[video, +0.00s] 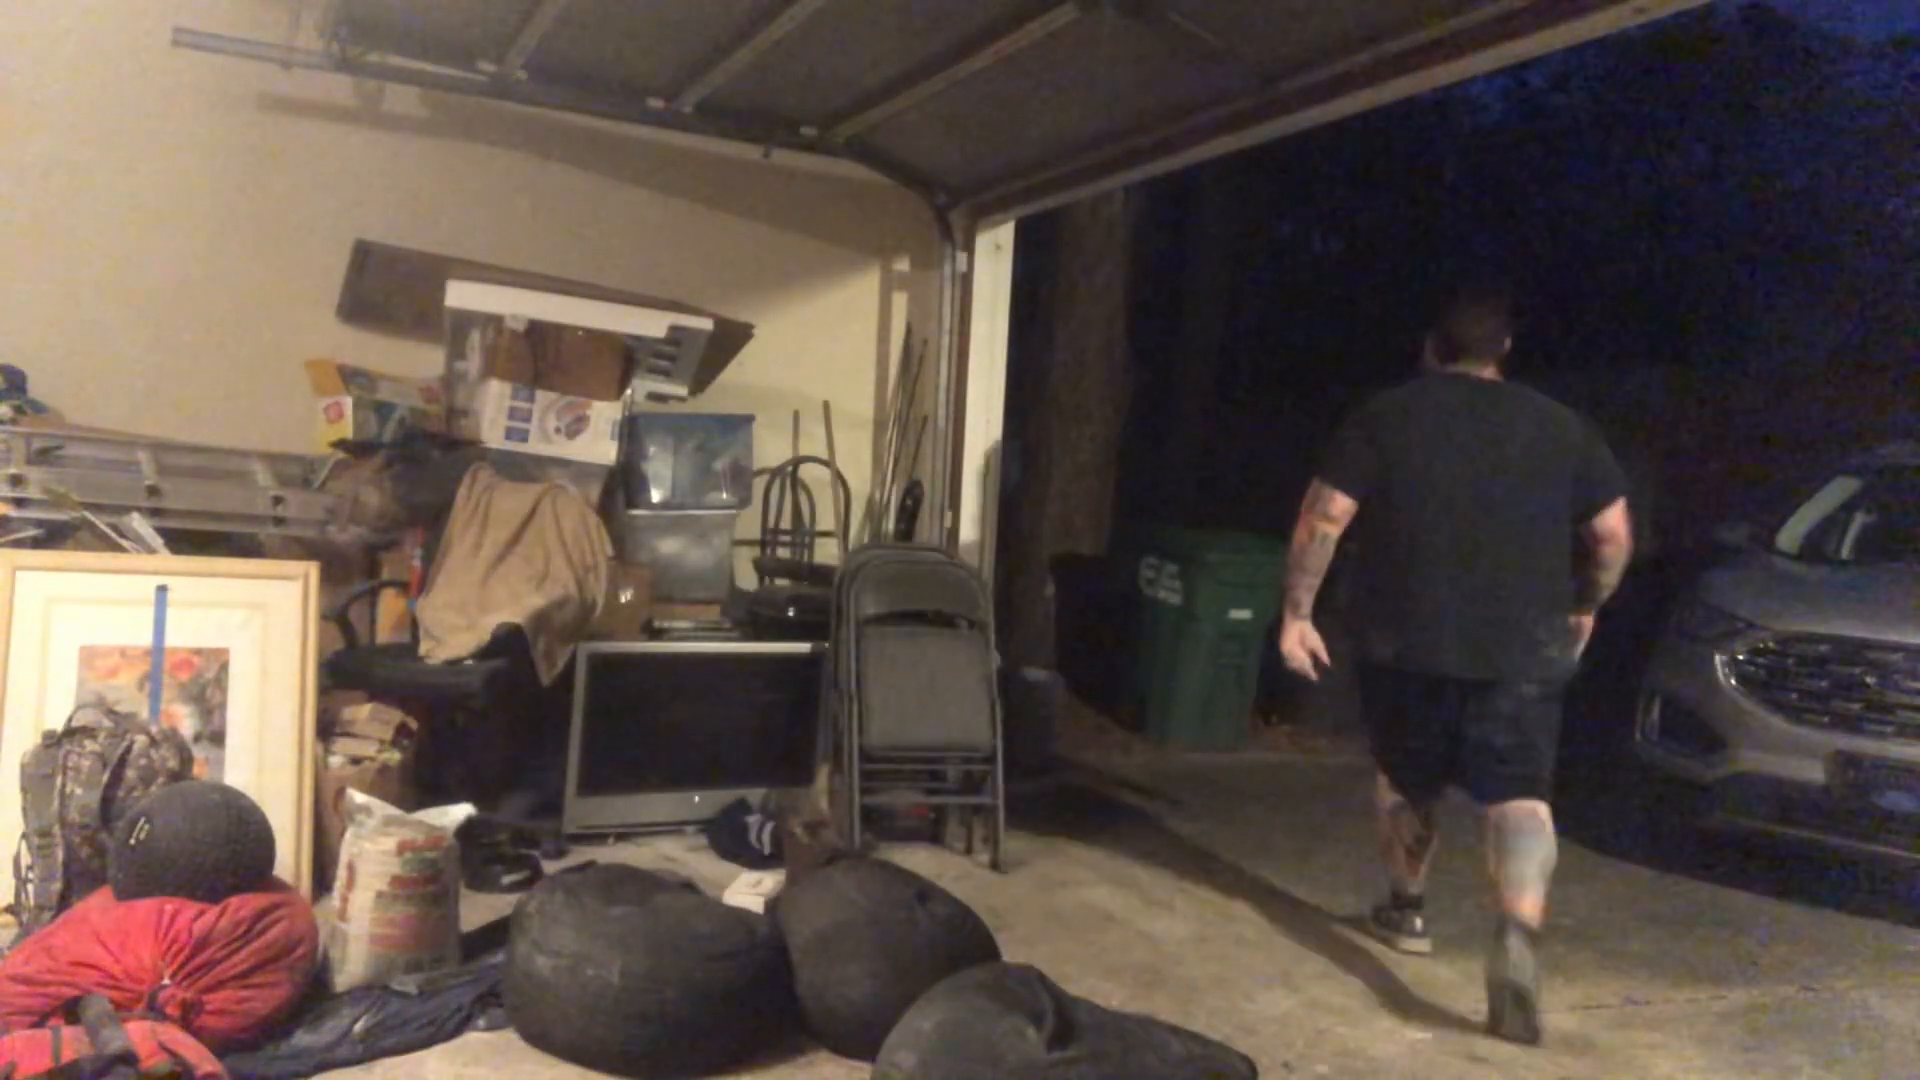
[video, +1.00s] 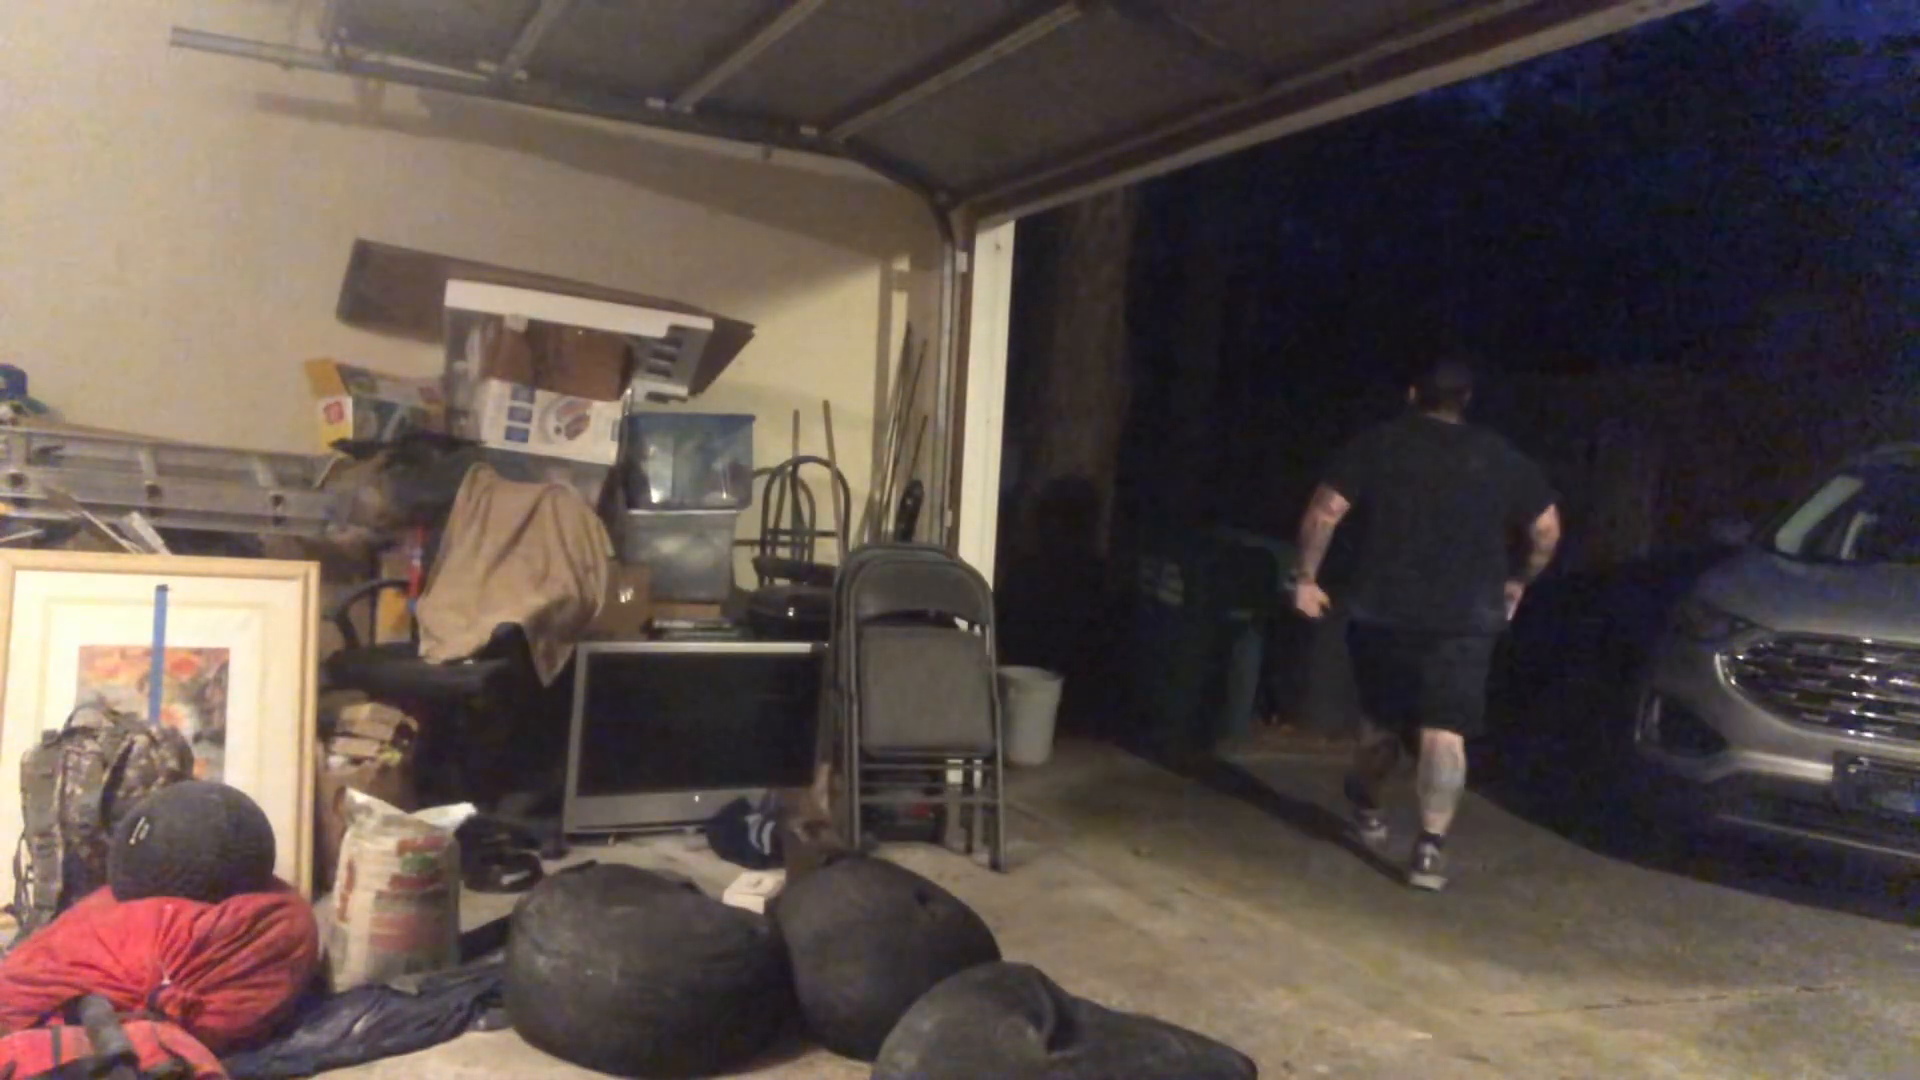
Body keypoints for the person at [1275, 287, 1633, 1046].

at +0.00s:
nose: (1425, 358)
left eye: (1428, 349)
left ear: (1430, 351)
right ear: (1505, 357)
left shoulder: (1389, 416)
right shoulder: (1559, 426)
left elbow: (1328, 512)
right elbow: (1613, 533)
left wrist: (1297, 610)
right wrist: (1589, 606)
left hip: (1408, 640)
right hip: (1521, 649)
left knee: (1405, 774)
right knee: (1521, 796)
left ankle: (1404, 906)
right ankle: (1517, 938)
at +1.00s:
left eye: (1412, 390)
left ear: (1413, 394)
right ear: (1466, 402)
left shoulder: (1381, 443)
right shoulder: (1497, 454)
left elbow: (1326, 510)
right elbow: (1547, 529)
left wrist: (1306, 577)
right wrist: (1522, 580)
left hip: (1384, 607)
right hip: (1464, 617)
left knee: (1380, 723)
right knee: (1444, 730)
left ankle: (1363, 805)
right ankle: (1431, 850)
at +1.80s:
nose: (1456, 415)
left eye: (1452, 408)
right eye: (1454, 408)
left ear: (1405, 410)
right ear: (1449, 411)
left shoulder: (1370, 449)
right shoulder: (1467, 457)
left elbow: (1332, 502)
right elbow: (1503, 530)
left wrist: (1348, 552)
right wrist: (1514, 585)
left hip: (1376, 583)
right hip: (1443, 591)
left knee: (1368, 676)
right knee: (1436, 693)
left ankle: (1344, 756)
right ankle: (1417, 789)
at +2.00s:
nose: (1446, 421)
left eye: (1445, 412)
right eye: (1443, 412)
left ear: (1399, 412)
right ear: (1428, 415)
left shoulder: (1369, 455)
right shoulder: (1431, 465)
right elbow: (1462, 530)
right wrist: (1500, 576)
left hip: (1371, 587)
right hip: (1421, 592)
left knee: (1373, 672)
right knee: (1442, 685)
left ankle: (1341, 748)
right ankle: (1421, 780)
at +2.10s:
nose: (1441, 432)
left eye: (1440, 422)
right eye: (1435, 423)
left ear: (1402, 426)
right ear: (1414, 426)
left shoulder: (1373, 467)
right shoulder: (1402, 475)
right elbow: (1422, 541)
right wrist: (1481, 592)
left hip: (1373, 598)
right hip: (1409, 601)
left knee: (1373, 682)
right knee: (1438, 688)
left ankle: (1340, 758)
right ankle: (1417, 785)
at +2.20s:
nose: (1430, 423)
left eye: (1431, 414)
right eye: (1422, 414)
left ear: (1411, 419)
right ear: (1394, 417)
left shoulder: (1409, 463)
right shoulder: (1379, 459)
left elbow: (1414, 525)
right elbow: (1374, 522)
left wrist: (1433, 567)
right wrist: (1428, 574)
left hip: (1393, 586)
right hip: (1385, 587)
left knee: (1360, 673)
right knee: (1417, 680)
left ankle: (1337, 753)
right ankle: (1416, 777)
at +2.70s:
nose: (1336, 431)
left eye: (1344, 422)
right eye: (1327, 422)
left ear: (1359, 427)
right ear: (1314, 428)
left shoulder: (1383, 475)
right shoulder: (1290, 477)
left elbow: (1423, 522)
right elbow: (1249, 537)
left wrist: (1404, 547)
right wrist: (1270, 602)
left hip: (1363, 602)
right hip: (1305, 602)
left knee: (1354, 686)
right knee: (1296, 688)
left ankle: (1331, 750)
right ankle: (1282, 776)